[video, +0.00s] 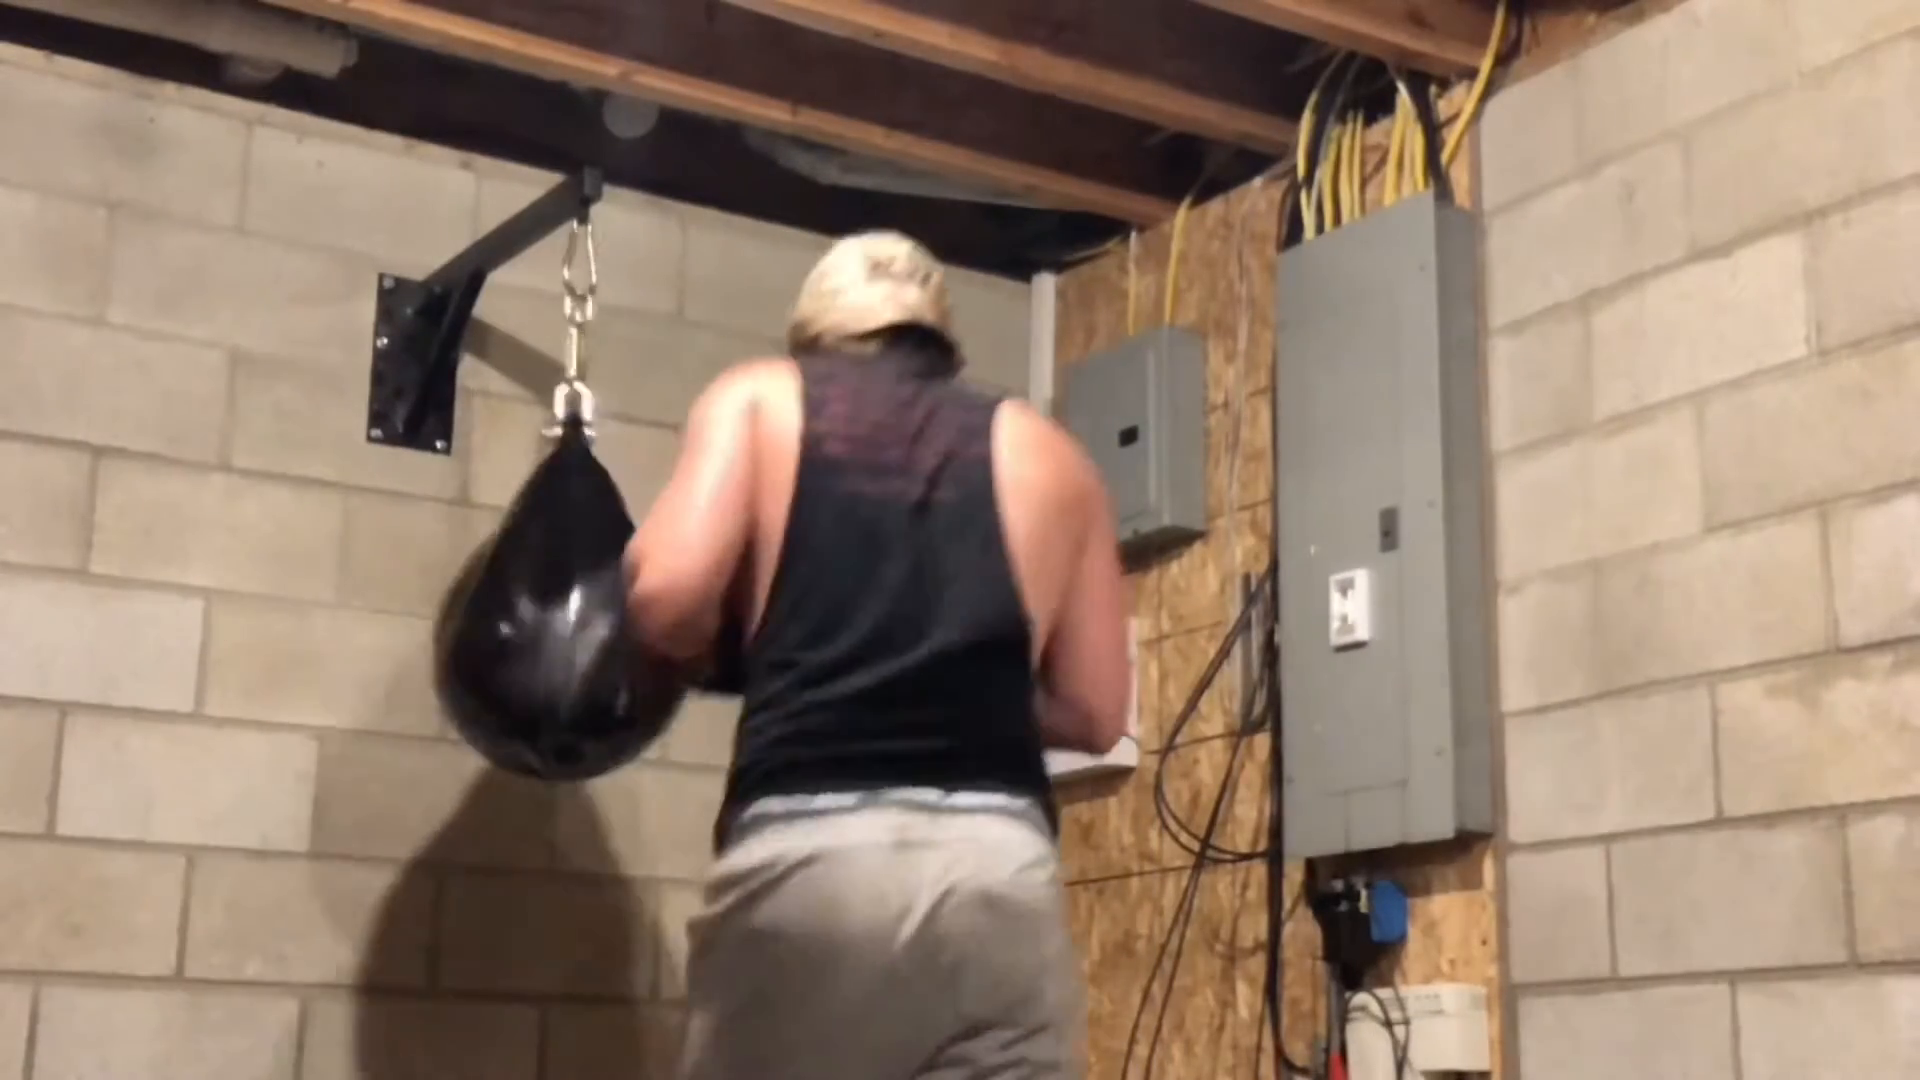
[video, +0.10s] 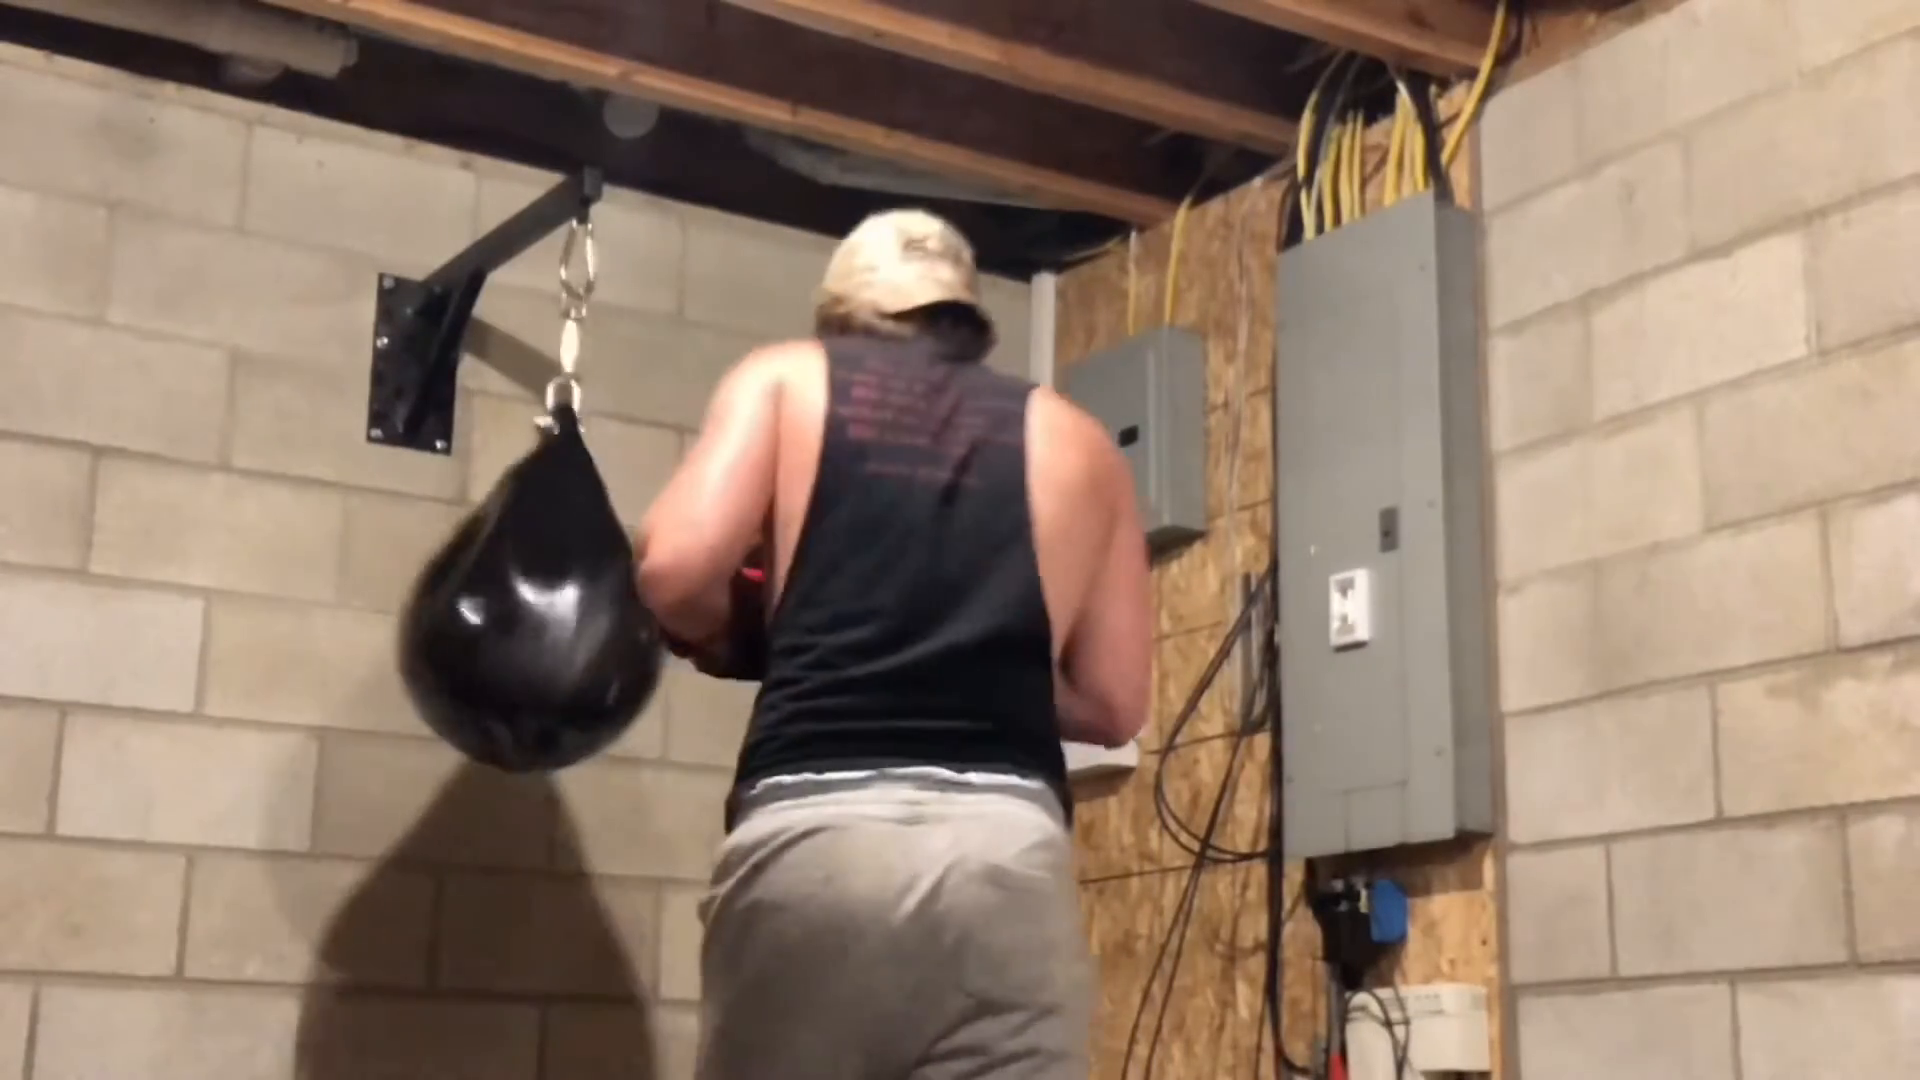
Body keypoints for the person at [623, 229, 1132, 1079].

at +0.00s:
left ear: (811, 331)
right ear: (943, 336)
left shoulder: (754, 397)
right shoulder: (1052, 453)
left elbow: (665, 599)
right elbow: (1092, 714)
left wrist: (723, 655)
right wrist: (944, 695)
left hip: (803, 865)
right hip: (1003, 872)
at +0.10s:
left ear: (836, 309)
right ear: (969, 319)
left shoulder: (780, 378)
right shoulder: (1081, 441)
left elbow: (673, 573)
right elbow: (1112, 704)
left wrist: (756, 643)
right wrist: (958, 674)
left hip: (812, 840)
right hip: (1010, 854)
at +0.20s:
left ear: (859, 305)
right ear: (991, 320)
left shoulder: (796, 375)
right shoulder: (1097, 442)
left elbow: (676, 561)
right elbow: (1125, 717)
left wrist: (751, 634)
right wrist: (972, 668)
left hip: (826, 843)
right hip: (1023, 854)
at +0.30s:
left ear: (863, 304)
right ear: (997, 317)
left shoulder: (803, 370)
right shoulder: (1106, 440)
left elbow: (676, 559)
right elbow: (1127, 712)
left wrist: (769, 602)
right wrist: (981, 655)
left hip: (829, 837)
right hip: (1025, 852)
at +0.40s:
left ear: (852, 307)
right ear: (984, 319)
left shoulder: (795, 375)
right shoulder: (1103, 441)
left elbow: (674, 572)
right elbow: (1128, 710)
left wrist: (766, 607)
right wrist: (984, 661)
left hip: (828, 850)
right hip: (1027, 862)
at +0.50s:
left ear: (831, 326)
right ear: (965, 333)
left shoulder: (768, 396)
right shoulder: (1080, 447)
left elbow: (666, 604)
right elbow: (1125, 716)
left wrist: (742, 645)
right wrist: (981, 681)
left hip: (816, 868)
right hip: (1016, 872)